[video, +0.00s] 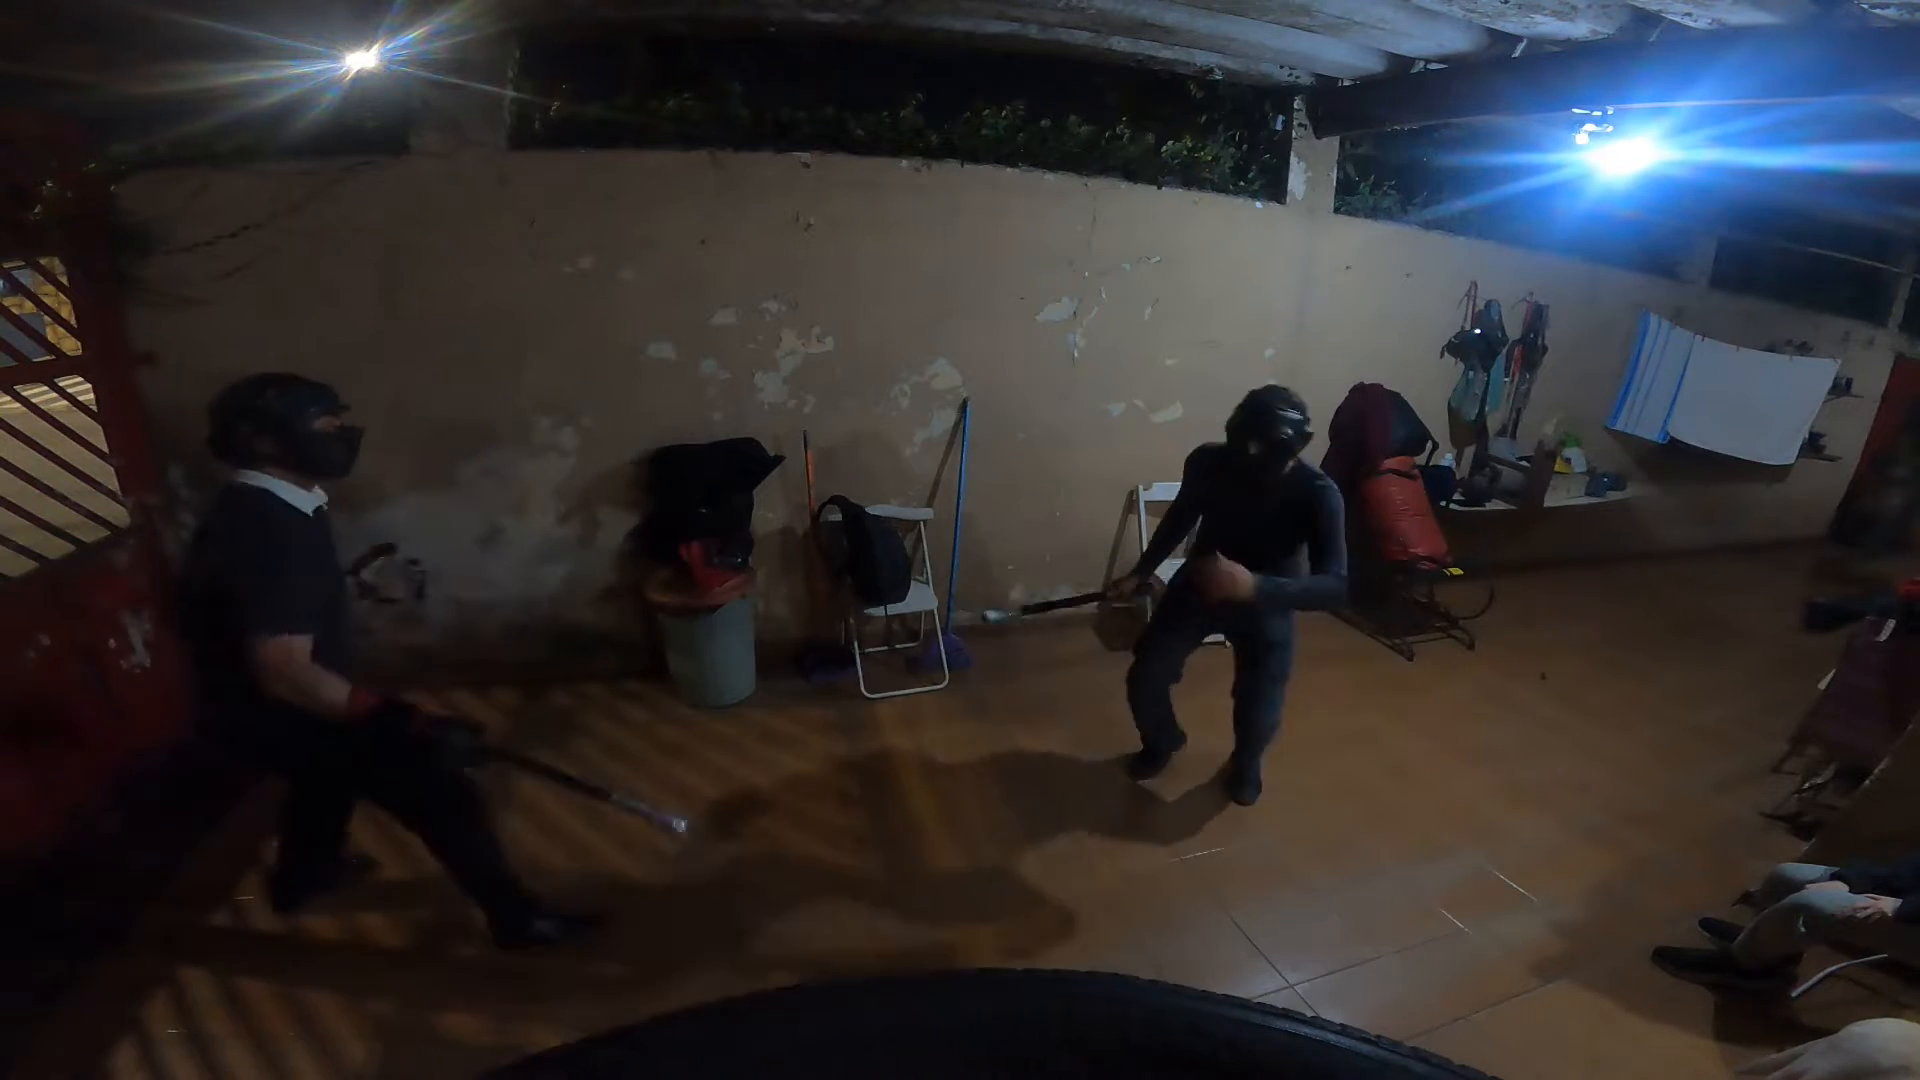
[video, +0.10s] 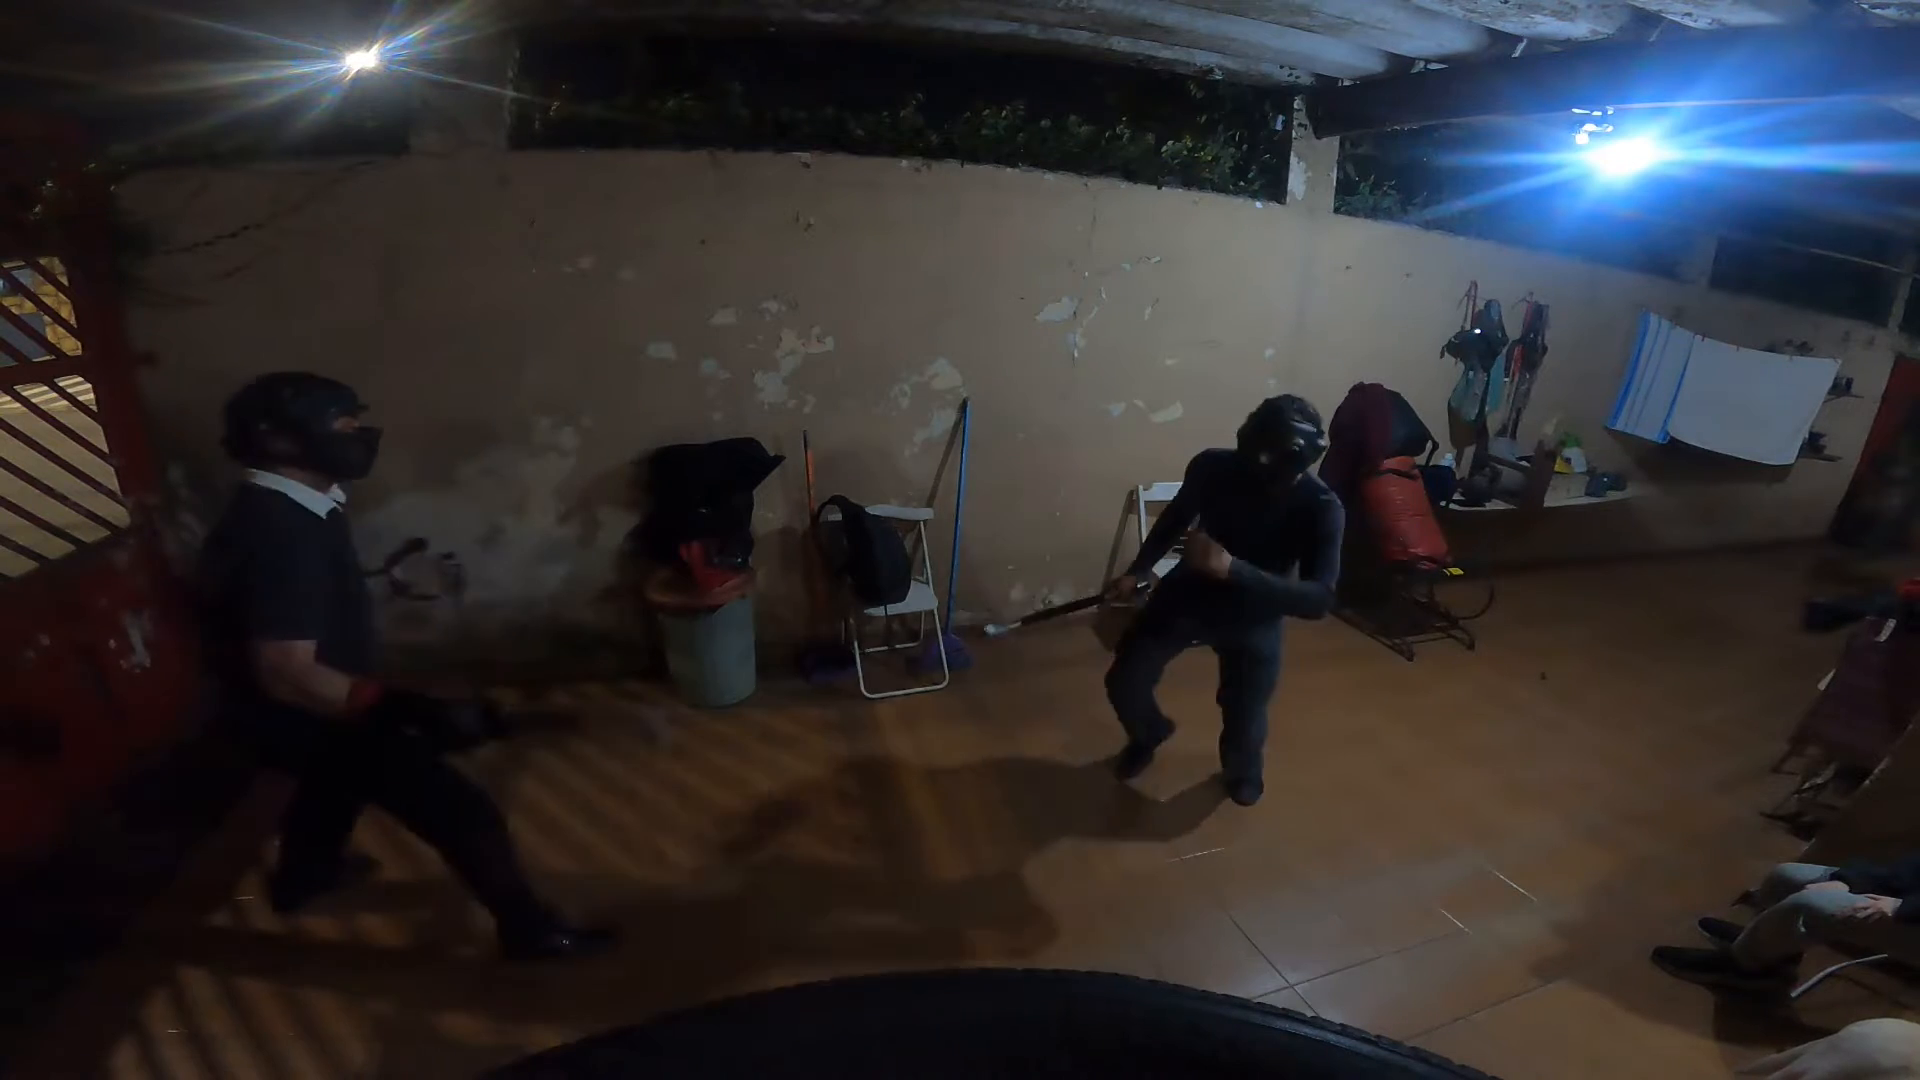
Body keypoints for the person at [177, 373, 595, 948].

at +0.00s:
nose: (346, 431)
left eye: (342, 419)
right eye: (327, 422)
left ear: (269, 442)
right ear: (276, 439)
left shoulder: (269, 505)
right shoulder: (276, 528)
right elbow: (280, 666)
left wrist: (345, 582)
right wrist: (380, 713)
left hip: (252, 706)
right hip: (269, 719)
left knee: (339, 740)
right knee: (430, 775)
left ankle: (308, 867)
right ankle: (512, 913)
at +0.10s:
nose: (359, 433)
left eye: (355, 420)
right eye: (340, 424)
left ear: (285, 444)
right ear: (288, 442)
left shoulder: (304, 504)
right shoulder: (281, 528)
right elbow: (283, 667)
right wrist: (382, 706)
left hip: (310, 704)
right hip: (297, 719)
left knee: (344, 765)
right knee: (463, 812)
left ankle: (306, 869)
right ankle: (526, 925)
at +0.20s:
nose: (388, 430)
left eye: (382, 418)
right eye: (369, 422)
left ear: (316, 443)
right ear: (322, 439)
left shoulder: (331, 510)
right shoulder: (309, 533)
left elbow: (369, 599)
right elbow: (329, 673)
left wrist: (461, 587)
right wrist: (446, 712)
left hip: (327, 709)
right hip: (332, 724)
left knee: (368, 772)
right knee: (483, 811)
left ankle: (317, 875)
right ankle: (527, 932)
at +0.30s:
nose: (396, 430)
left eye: (390, 417)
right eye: (376, 421)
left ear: (323, 443)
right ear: (326, 440)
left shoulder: (341, 510)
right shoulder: (314, 531)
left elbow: (379, 608)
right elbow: (340, 669)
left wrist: (470, 591)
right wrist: (450, 701)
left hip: (337, 707)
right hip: (333, 721)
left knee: (387, 765)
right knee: (501, 809)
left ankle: (343, 887)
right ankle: (530, 934)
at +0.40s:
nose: (416, 447)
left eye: (412, 434)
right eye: (397, 436)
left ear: (347, 456)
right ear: (348, 453)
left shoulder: (372, 523)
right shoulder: (327, 541)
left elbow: (404, 604)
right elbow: (359, 668)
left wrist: (478, 597)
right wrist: (444, 660)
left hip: (396, 712)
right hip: (372, 727)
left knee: (389, 787)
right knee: (562, 779)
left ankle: (343, 902)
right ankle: (580, 905)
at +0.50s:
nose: (456, 460)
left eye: (451, 445)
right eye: (436, 446)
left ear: (379, 462)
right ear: (386, 461)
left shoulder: (410, 537)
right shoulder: (347, 551)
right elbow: (401, 651)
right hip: (396, 734)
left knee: (403, 787)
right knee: (580, 785)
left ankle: (341, 898)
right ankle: (634, 891)